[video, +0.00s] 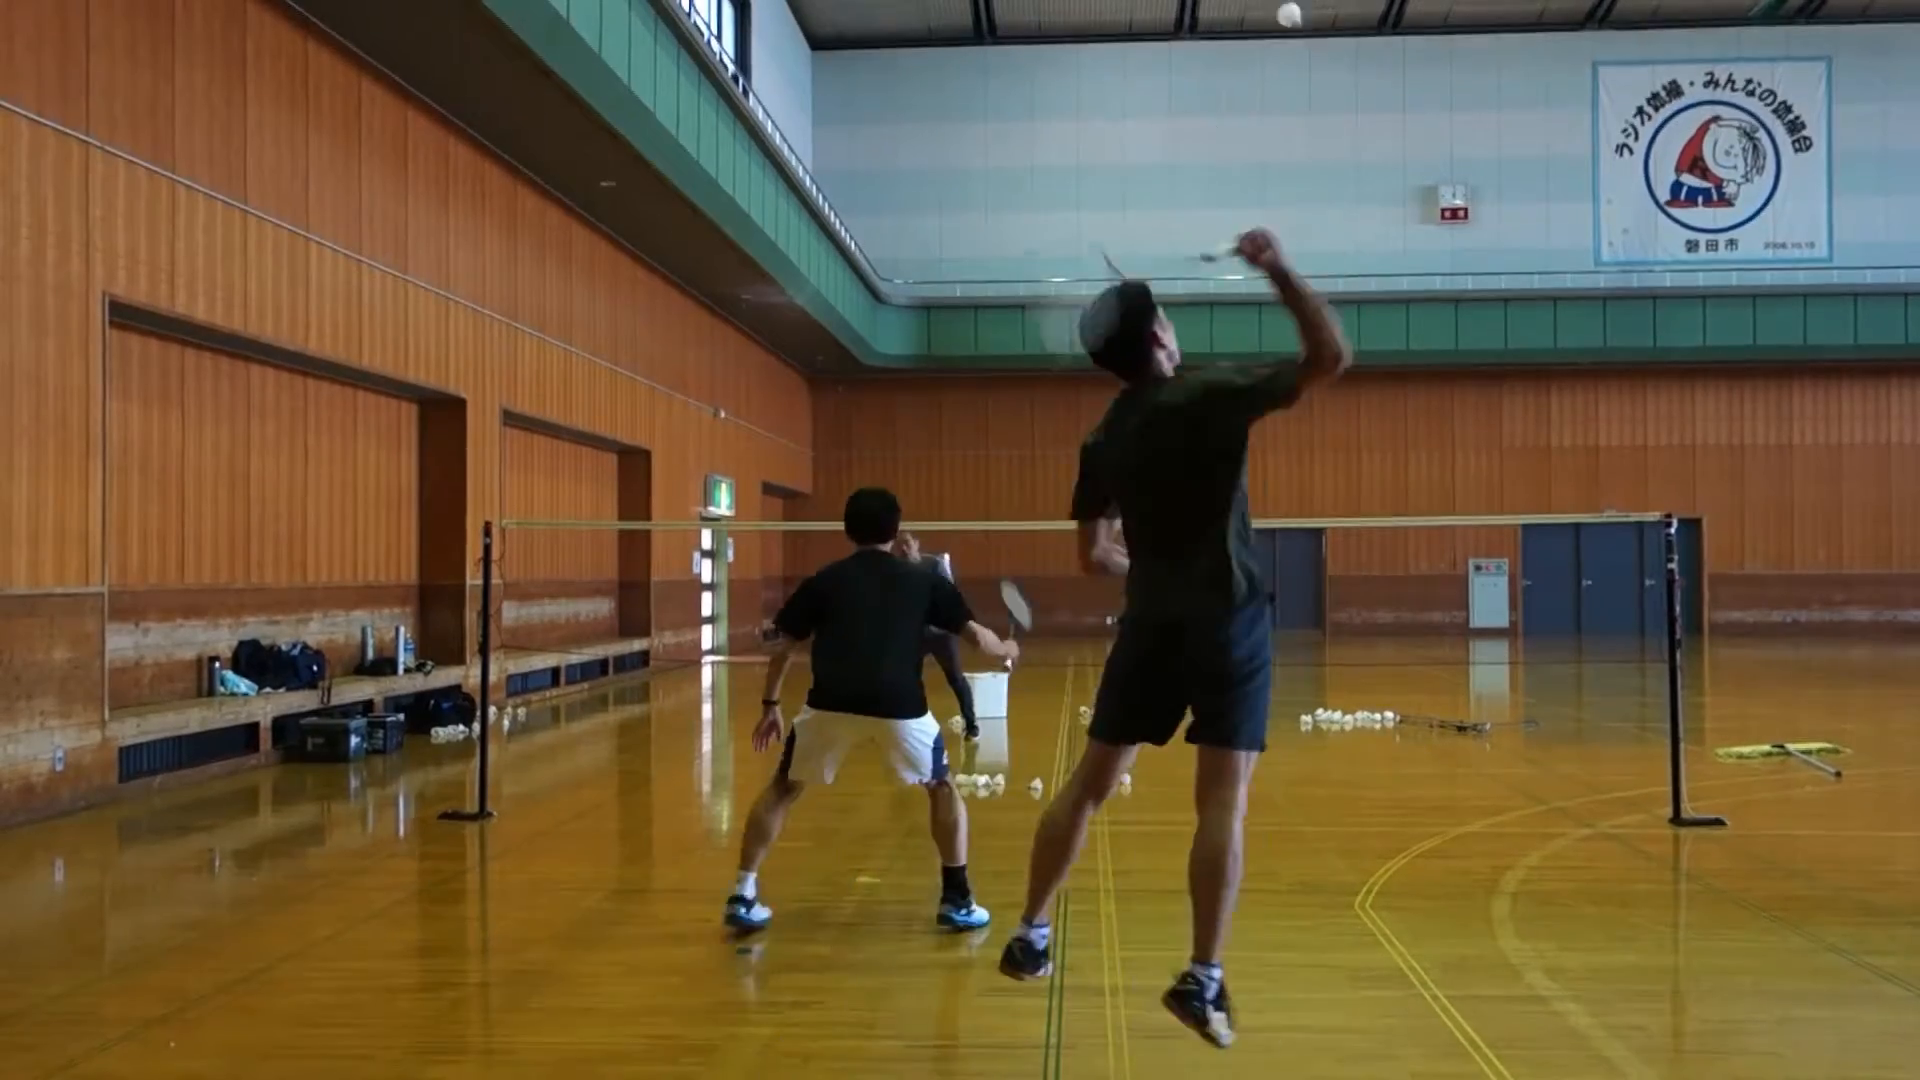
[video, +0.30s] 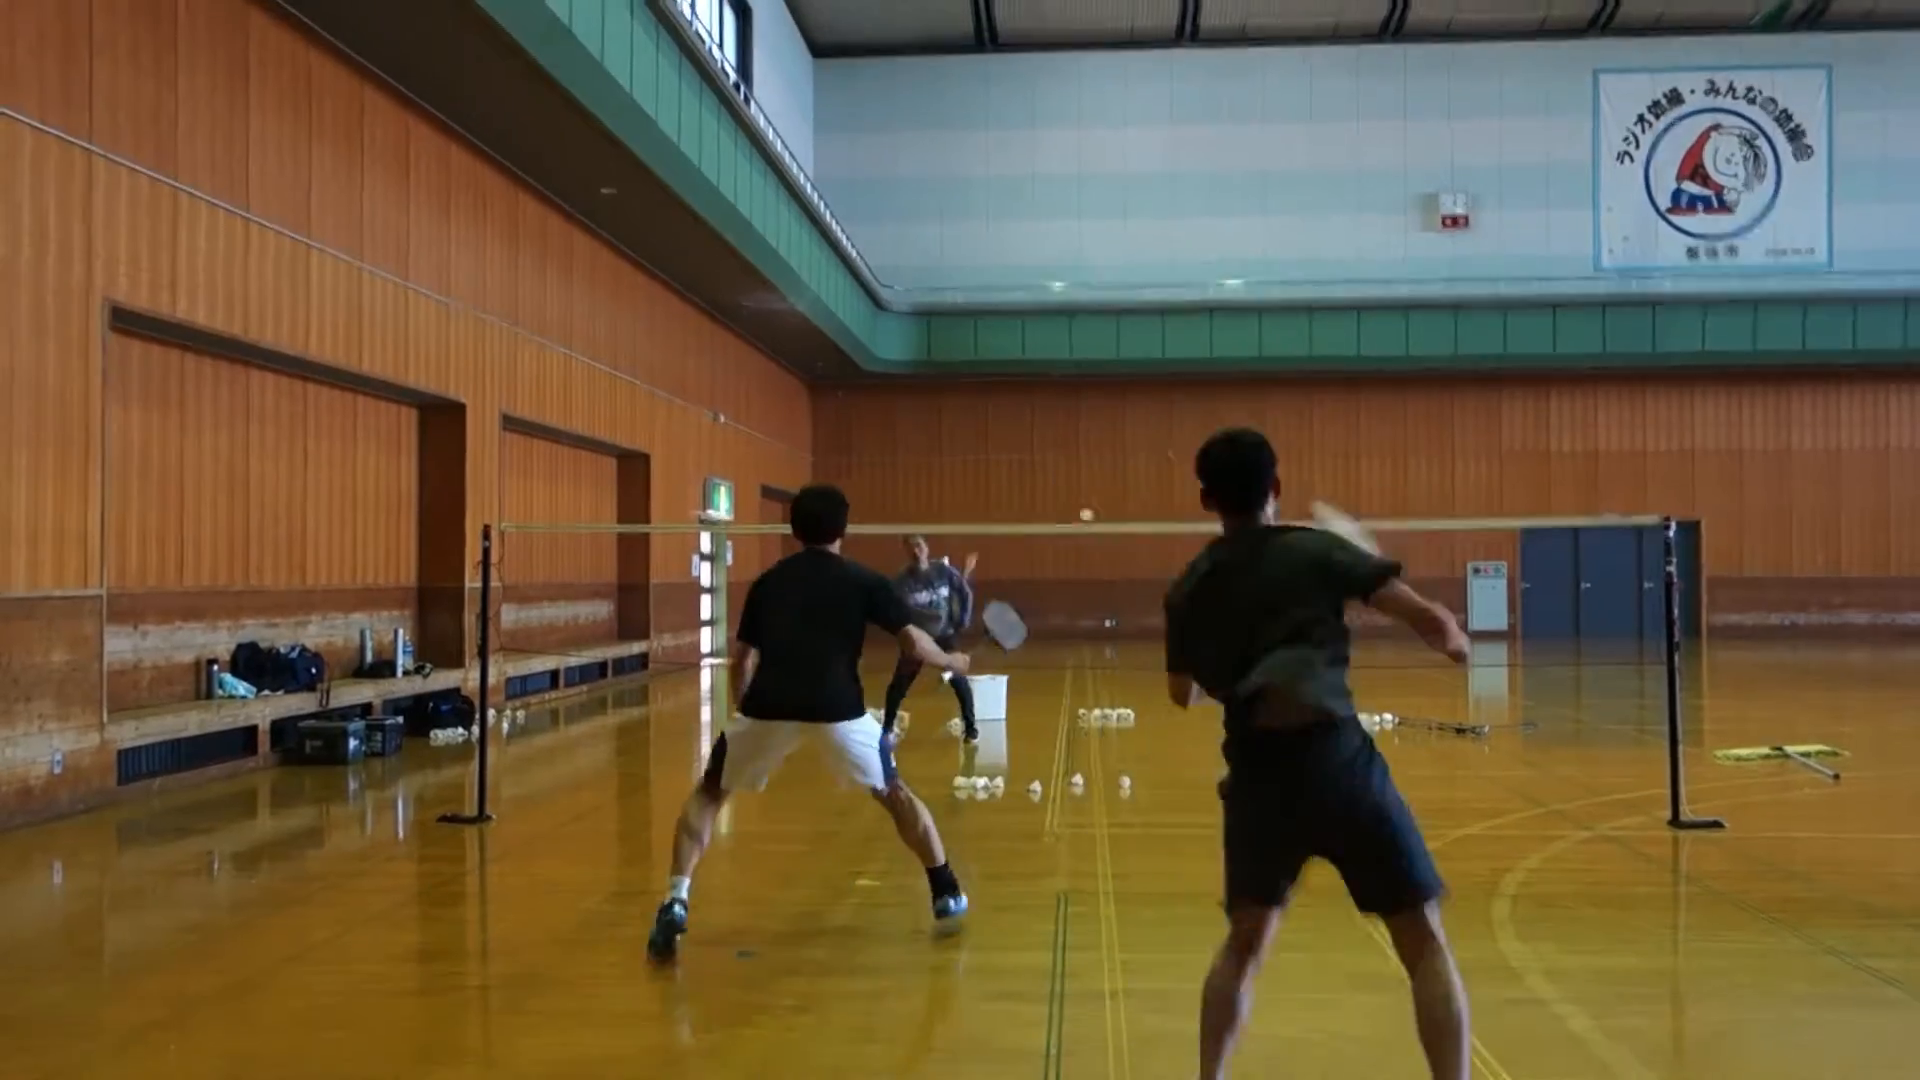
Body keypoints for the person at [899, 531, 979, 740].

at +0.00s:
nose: (904, 550)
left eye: (908, 544)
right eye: (900, 546)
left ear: (917, 545)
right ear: (894, 549)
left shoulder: (932, 565)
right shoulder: (890, 571)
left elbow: (948, 592)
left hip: (940, 628)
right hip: (912, 629)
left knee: (954, 676)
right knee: (908, 680)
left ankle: (970, 722)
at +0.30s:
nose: (917, 551)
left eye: (919, 546)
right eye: (912, 547)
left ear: (926, 547)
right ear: (907, 551)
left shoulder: (945, 571)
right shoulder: (903, 582)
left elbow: (965, 593)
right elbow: (895, 608)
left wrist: (964, 621)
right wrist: (905, 628)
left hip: (945, 634)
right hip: (916, 636)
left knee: (959, 680)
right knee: (899, 685)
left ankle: (970, 725)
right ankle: (887, 728)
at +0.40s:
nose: (916, 586)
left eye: (919, 581)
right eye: (912, 582)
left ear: (926, 582)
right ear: (906, 586)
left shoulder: (943, 605)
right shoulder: (902, 615)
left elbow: (963, 630)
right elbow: (897, 646)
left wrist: (962, 660)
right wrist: (915, 667)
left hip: (945, 671)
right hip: (916, 674)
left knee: (956, 714)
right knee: (898, 720)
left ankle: (970, 763)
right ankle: (887, 763)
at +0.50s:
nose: (914, 595)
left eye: (916, 589)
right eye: (910, 591)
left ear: (924, 590)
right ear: (905, 594)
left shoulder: (941, 612)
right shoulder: (903, 622)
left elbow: (963, 637)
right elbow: (901, 656)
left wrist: (958, 658)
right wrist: (898, 686)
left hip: (944, 678)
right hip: (917, 681)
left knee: (958, 723)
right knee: (900, 725)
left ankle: (971, 768)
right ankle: (888, 767)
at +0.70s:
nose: (912, 539)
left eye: (915, 534)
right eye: (907, 535)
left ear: (922, 533)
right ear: (903, 538)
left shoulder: (941, 554)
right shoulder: (905, 563)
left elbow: (939, 585)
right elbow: (902, 594)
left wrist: (910, 585)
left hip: (945, 618)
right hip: (919, 620)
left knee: (958, 660)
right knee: (902, 662)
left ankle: (970, 704)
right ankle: (889, 705)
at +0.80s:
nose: (915, 510)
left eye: (917, 505)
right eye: (910, 506)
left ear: (925, 505)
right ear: (905, 510)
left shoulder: (943, 526)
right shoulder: (905, 537)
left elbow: (948, 564)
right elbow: (900, 569)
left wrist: (922, 576)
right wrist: (911, 578)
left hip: (946, 590)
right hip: (920, 593)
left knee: (960, 632)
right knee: (903, 635)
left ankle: (971, 678)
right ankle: (890, 680)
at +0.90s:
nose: (917, 507)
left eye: (920, 502)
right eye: (912, 504)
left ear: (928, 503)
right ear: (908, 507)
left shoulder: (943, 523)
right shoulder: (906, 536)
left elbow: (956, 552)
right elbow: (906, 565)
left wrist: (948, 576)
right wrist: (915, 587)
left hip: (947, 590)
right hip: (921, 592)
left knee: (961, 632)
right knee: (904, 636)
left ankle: (971, 677)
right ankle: (888, 677)